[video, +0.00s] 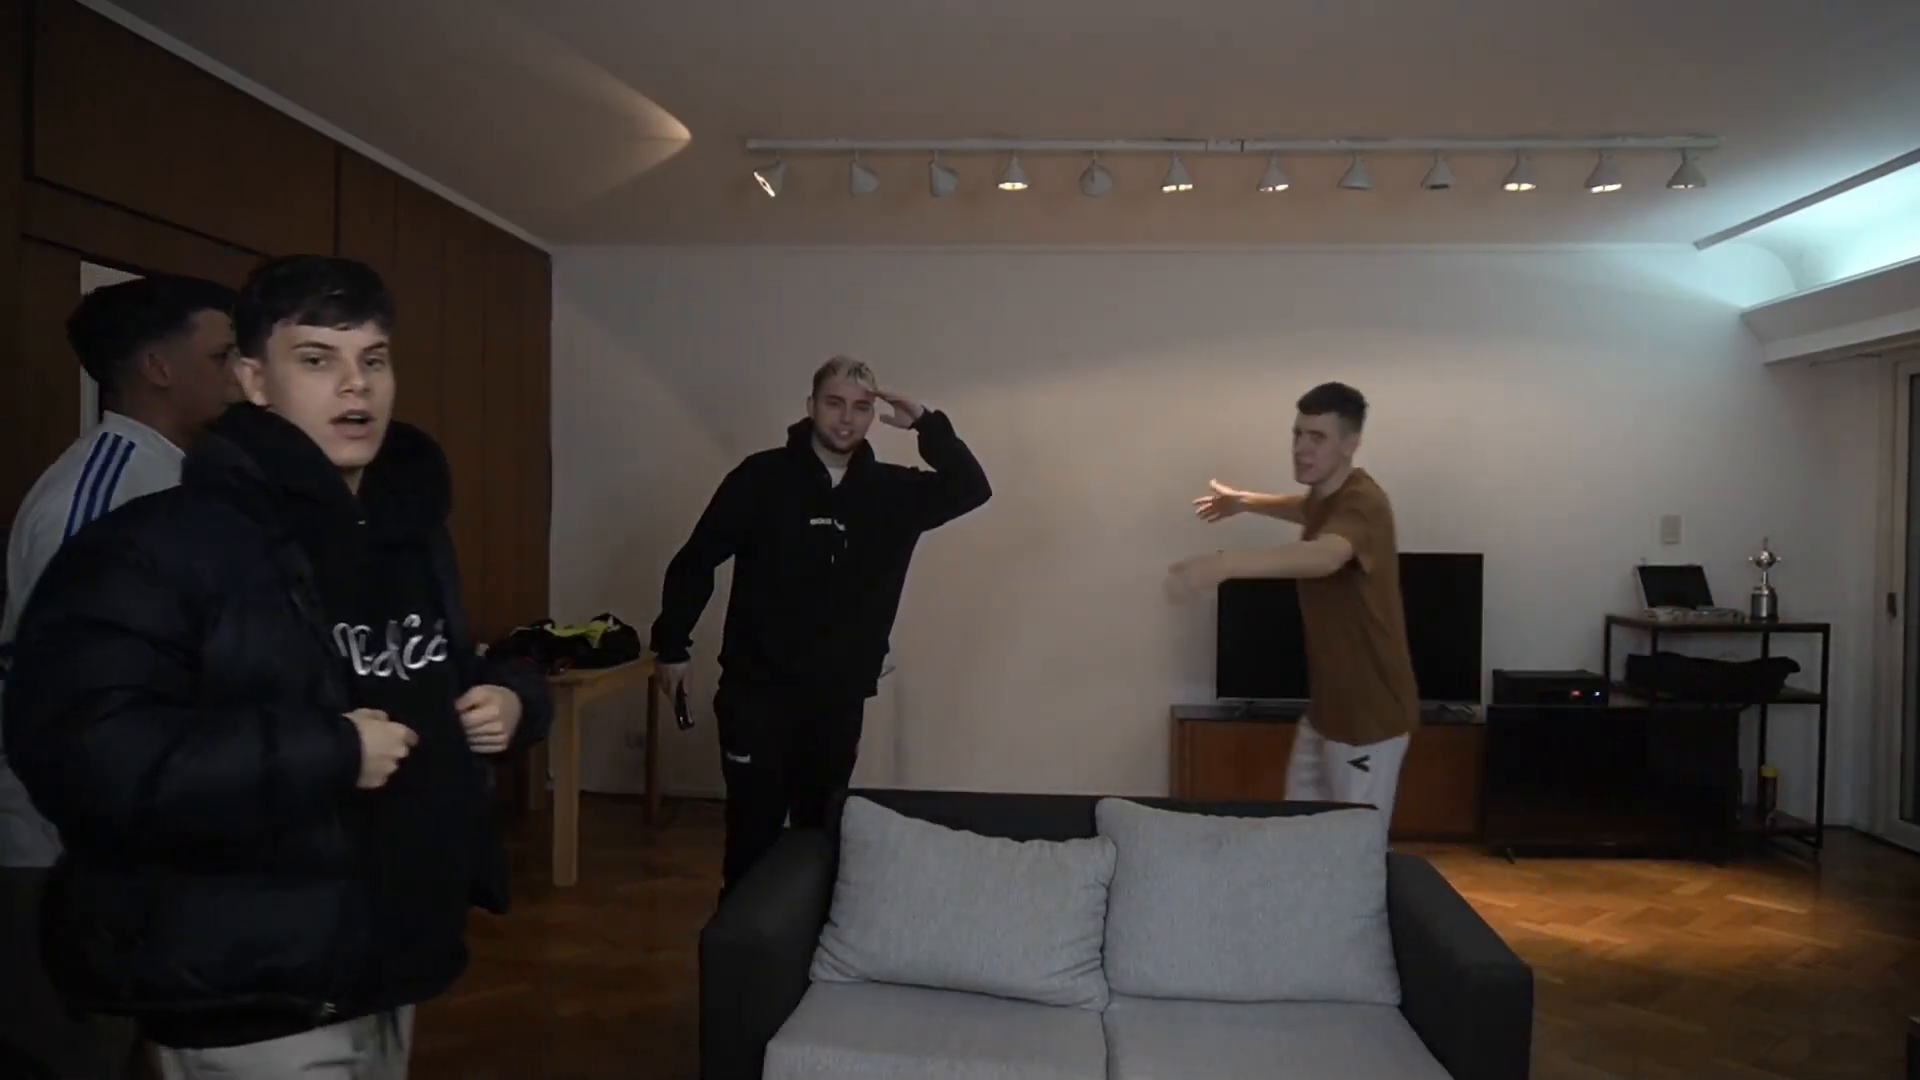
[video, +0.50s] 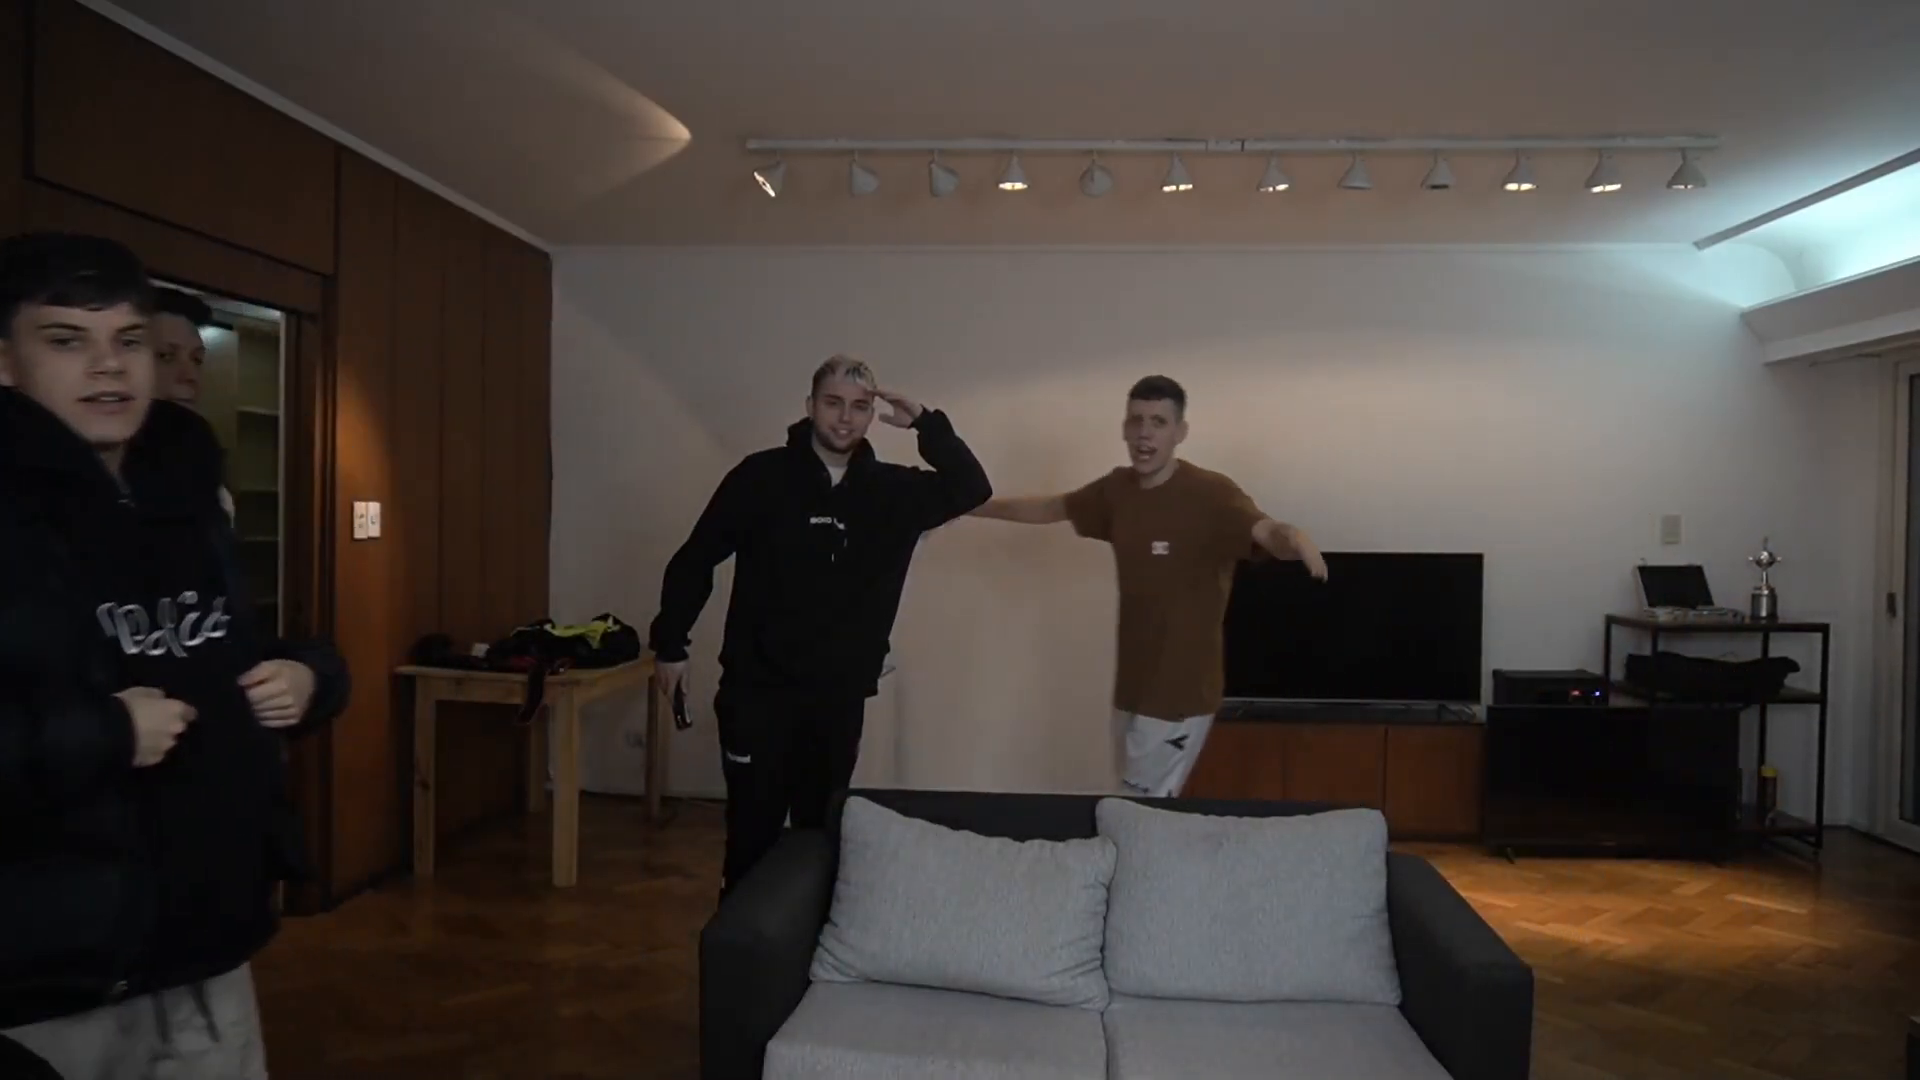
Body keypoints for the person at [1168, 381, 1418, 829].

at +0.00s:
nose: (1301, 447)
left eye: (1317, 437)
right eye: (1298, 434)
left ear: (1351, 444)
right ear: (1293, 434)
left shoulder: (1363, 501)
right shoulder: (1327, 497)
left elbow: (1325, 556)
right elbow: (1300, 508)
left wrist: (1222, 566)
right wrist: (1242, 501)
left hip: (1371, 718)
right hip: (1326, 707)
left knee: (1357, 852)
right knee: (1299, 838)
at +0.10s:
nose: (1264, 436)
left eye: (1279, 425)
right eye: (1260, 423)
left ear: (1311, 435)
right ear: (1253, 425)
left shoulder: (1324, 491)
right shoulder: (1279, 490)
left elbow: (1303, 553)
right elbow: (1262, 506)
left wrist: (1223, 573)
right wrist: (1204, 503)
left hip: (1337, 703)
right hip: (1286, 695)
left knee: (1342, 836)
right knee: (1275, 831)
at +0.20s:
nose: (1230, 445)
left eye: (1246, 434)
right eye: (1225, 433)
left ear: (1275, 441)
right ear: (1218, 434)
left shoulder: (1291, 498)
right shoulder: (1236, 498)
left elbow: (1300, 564)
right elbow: (1215, 511)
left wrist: (1237, 584)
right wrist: (1146, 503)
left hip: (1293, 705)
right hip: (1243, 697)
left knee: (1284, 835)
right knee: (1226, 825)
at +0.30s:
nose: (1202, 451)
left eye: (1218, 441)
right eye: (1196, 439)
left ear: (1243, 450)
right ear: (1188, 443)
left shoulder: (1262, 508)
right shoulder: (1193, 505)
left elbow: (1299, 570)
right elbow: (1151, 525)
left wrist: (1267, 590)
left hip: (1252, 712)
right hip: (1209, 703)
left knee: (1217, 832)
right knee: (1195, 827)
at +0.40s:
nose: (1172, 441)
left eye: (1187, 431)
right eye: (1165, 429)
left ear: (1212, 439)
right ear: (1156, 433)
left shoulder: (1238, 500)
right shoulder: (1154, 497)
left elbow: (1291, 550)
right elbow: (1098, 520)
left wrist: (1299, 574)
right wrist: (1014, 517)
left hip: (1221, 694)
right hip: (1174, 686)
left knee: (1162, 818)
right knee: (1181, 821)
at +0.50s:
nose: (1143, 433)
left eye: (1158, 422)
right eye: (1135, 421)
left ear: (1181, 432)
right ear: (1125, 427)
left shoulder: (1211, 495)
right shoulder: (1116, 491)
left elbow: (1264, 531)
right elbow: (1049, 509)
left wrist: (1292, 542)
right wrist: (967, 504)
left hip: (1184, 686)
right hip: (1133, 679)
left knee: (1139, 809)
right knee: (1141, 809)